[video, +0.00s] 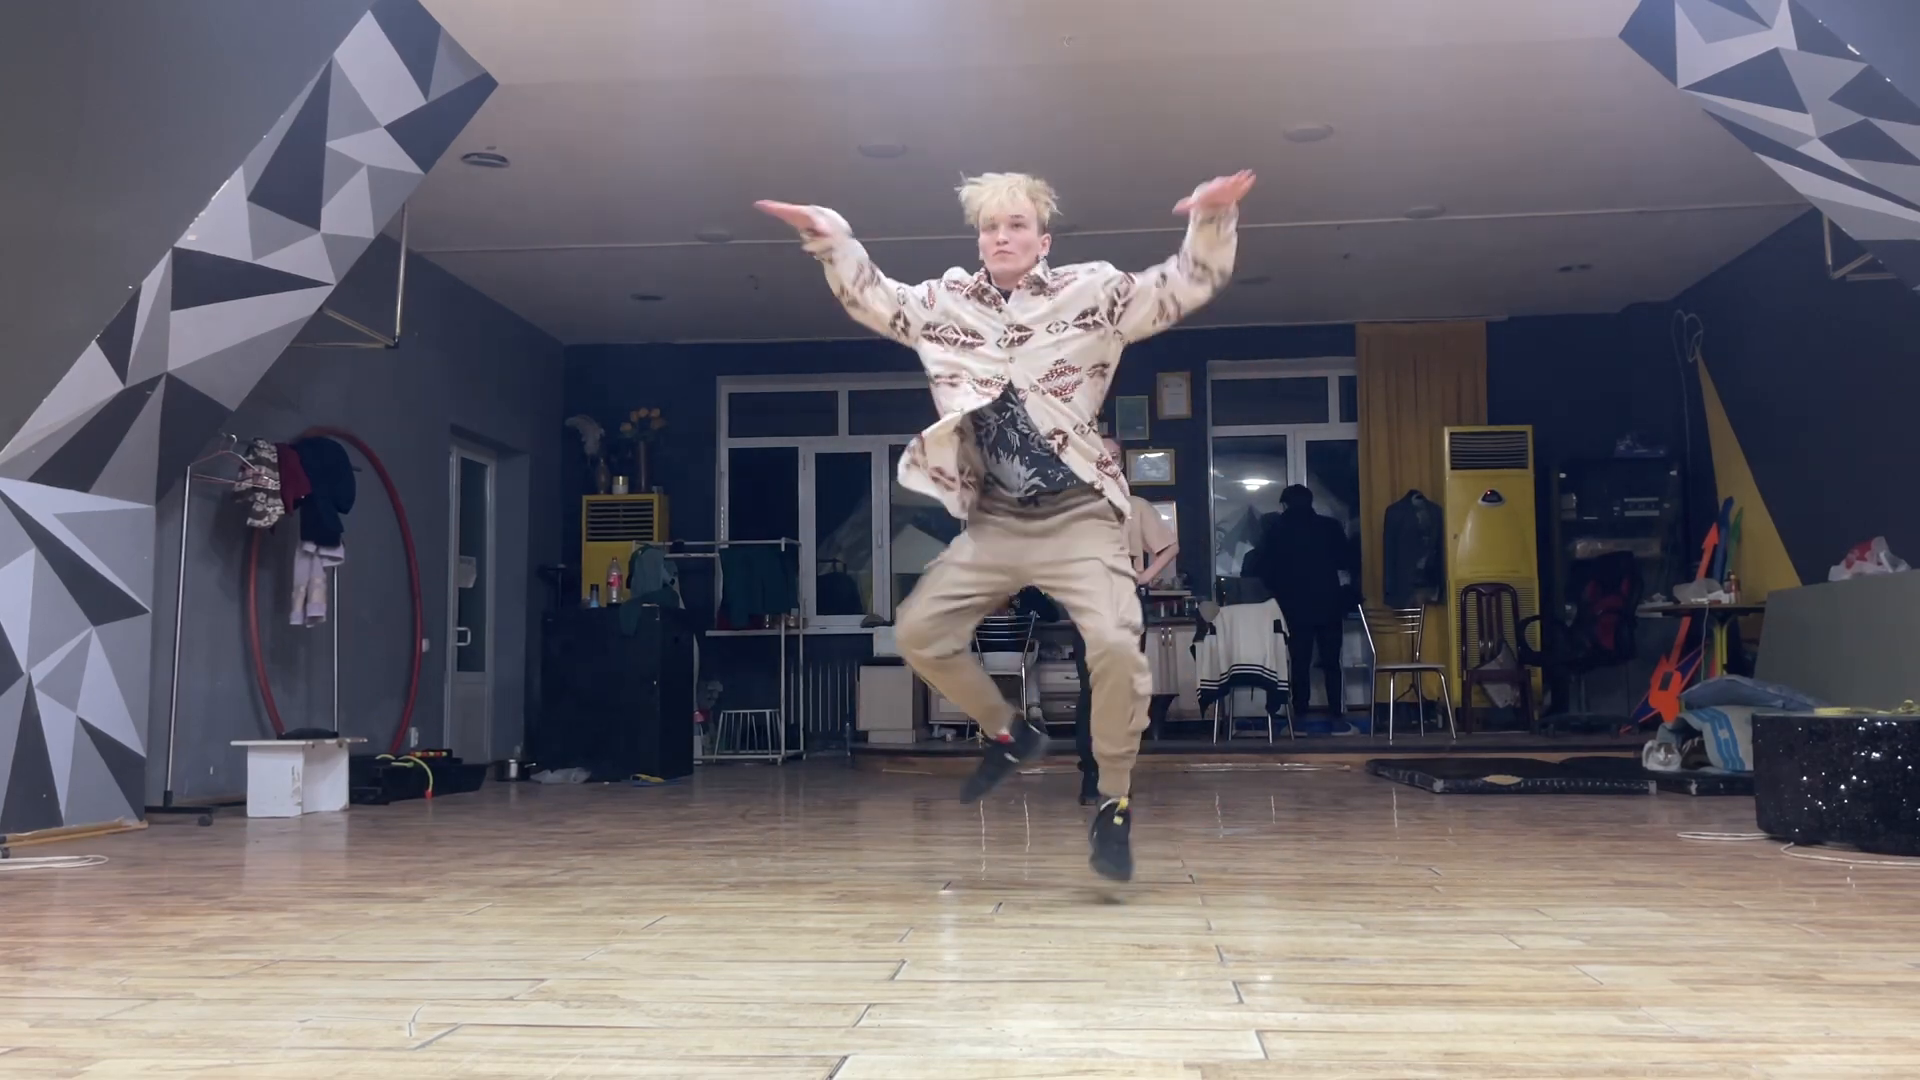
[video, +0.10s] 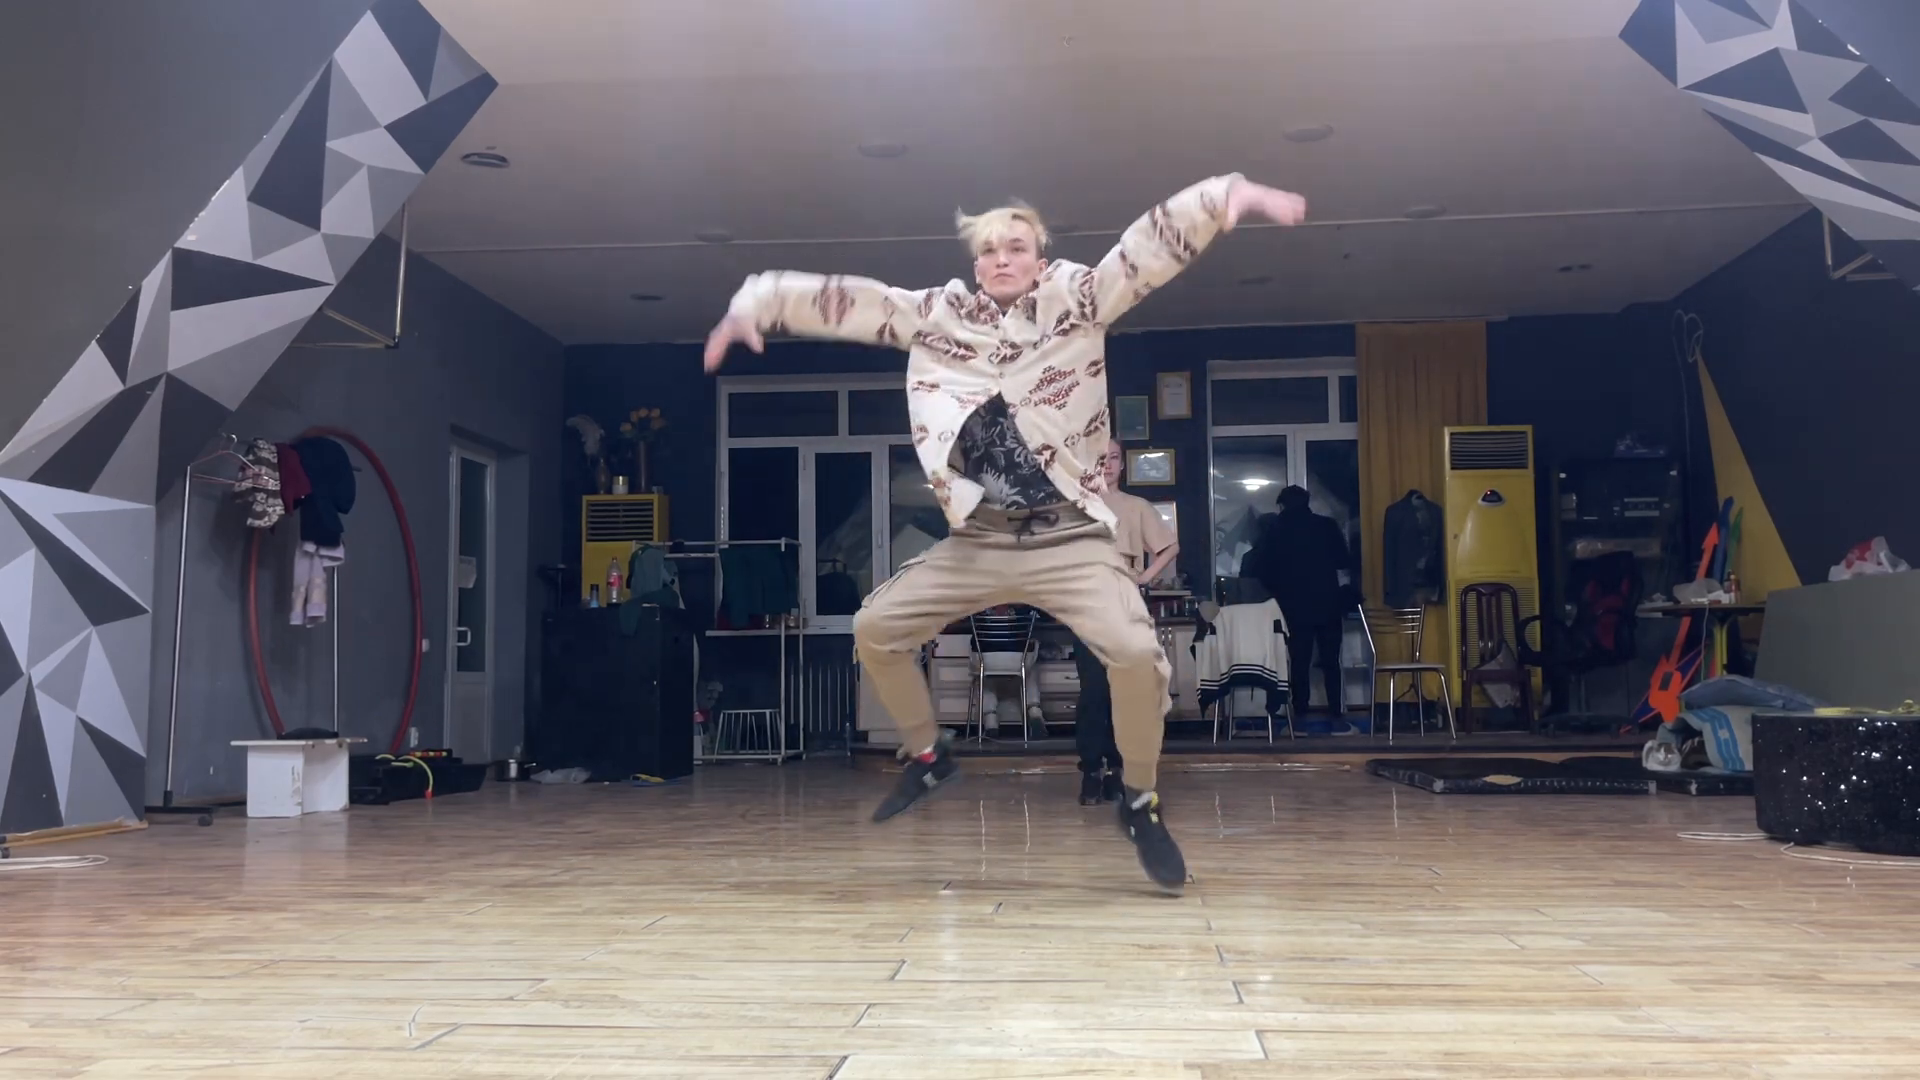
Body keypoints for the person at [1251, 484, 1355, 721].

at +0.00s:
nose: (1285, 509)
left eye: (1285, 505)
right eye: (1286, 505)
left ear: (1286, 505)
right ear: (1310, 503)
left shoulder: (1276, 530)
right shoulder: (1330, 526)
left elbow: (1264, 568)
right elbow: (1347, 561)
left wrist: (1277, 592)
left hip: (1294, 605)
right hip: (1328, 603)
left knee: (1299, 663)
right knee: (1331, 662)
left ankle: (1299, 718)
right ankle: (1336, 719)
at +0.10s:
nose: (1282, 510)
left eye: (1282, 506)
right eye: (1282, 506)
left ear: (1284, 506)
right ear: (1307, 503)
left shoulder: (1275, 530)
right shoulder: (1326, 525)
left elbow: (1262, 569)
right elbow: (1342, 560)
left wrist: (1277, 591)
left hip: (1293, 605)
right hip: (1327, 603)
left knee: (1299, 663)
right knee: (1330, 662)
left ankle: (1299, 720)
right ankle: (1336, 719)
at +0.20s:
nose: (1278, 510)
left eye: (1278, 506)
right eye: (1278, 507)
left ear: (1279, 506)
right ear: (1303, 503)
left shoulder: (1272, 530)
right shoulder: (1323, 524)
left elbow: (1262, 570)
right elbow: (1339, 560)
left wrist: (1276, 591)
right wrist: (1315, 555)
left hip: (1292, 604)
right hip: (1326, 602)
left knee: (1299, 663)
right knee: (1330, 662)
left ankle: (1299, 720)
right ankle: (1337, 719)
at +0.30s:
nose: (1275, 511)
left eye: (1275, 507)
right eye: (1275, 507)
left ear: (1277, 507)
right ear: (1300, 503)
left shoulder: (1269, 531)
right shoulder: (1321, 524)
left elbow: (1256, 569)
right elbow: (1336, 558)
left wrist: (1275, 592)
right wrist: (1313, 560)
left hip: (1291, 604)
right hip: (1325, 602)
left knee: (1298, 662)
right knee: (1330, 662)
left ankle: (1299, 719)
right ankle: (1337, 719)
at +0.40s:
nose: (1270, 512)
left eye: (1271, 508)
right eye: (1271, 508)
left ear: (1274, 507)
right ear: (1296, 503)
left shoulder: (1268, 530)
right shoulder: (1318, 524)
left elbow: (1254, 568)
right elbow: (1334, 557)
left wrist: (1273, 590)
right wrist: (1311, 565)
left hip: (1289, 603)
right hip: (1323, 600)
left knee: (1297, 662)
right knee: (1329, 661)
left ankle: (1299, 718)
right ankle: (1336, 718)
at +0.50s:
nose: (1269, 513)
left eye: (1269, 509)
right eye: (1269, 509)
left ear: (1272, 508)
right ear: (1294, 504)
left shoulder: (1266, 530)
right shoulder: (1316, 524)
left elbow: (1254, 568)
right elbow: (1332, 557)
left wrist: (1272, 590)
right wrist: (1311, 566)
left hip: (1288, 603)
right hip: (1321, 600)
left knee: (1296, 662)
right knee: (1329, 661)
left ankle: (1298, 718)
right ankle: (1337, 718)